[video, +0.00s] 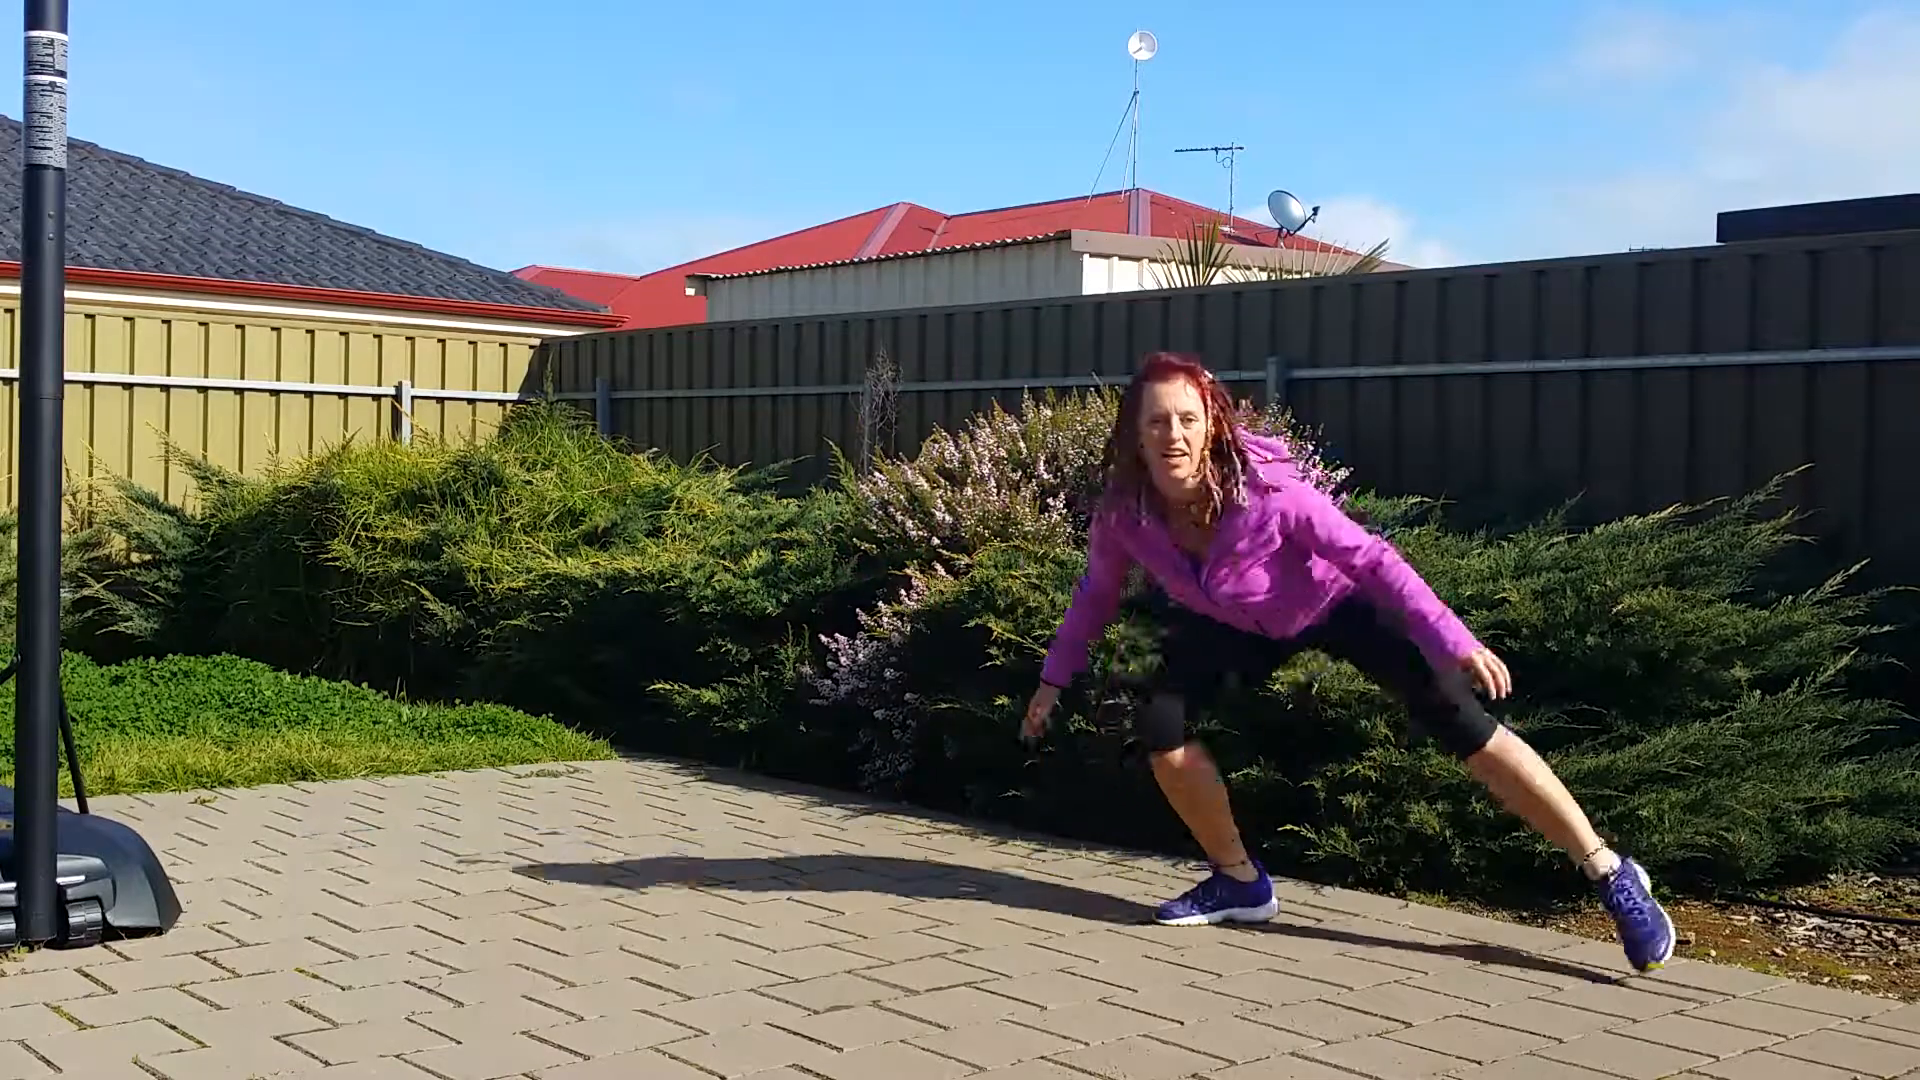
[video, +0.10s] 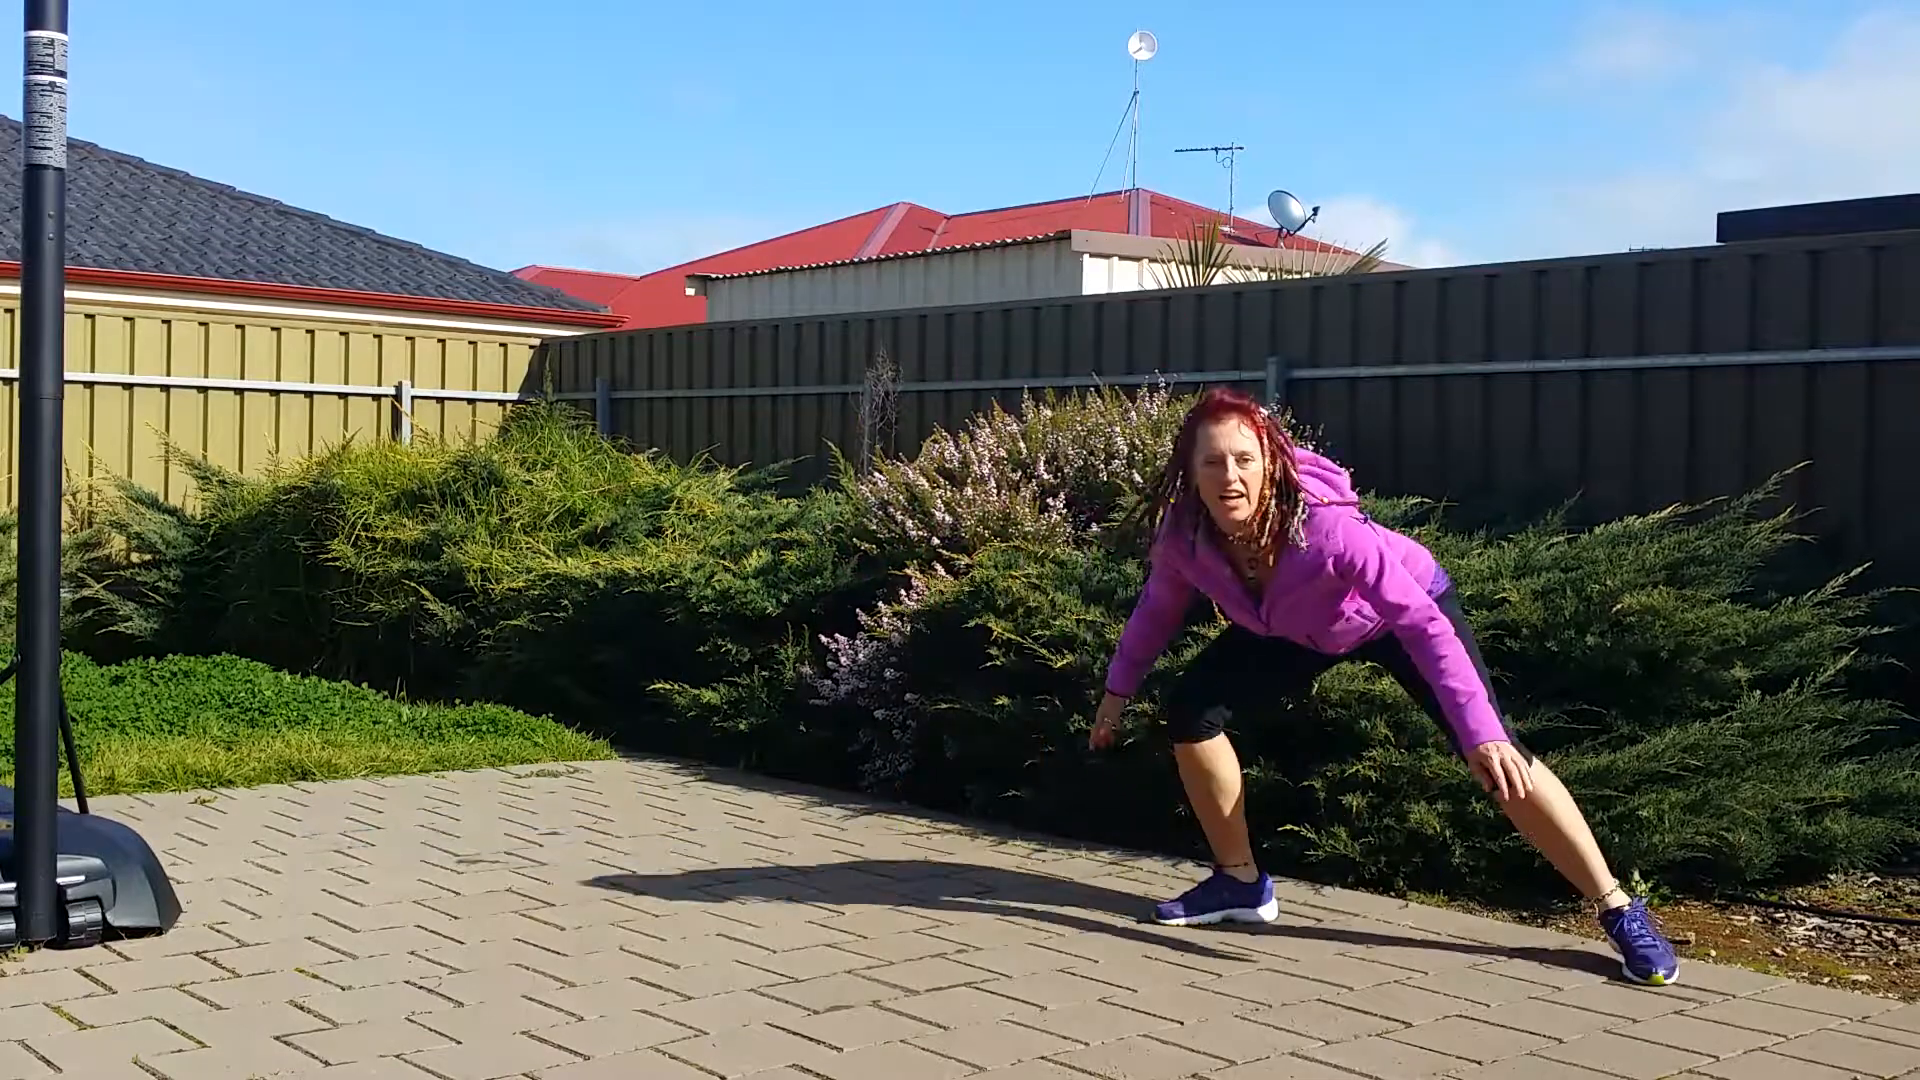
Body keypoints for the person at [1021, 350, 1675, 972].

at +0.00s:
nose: (1174, 434)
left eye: (1188, 419)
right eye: (1157, 422)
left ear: (1216, 427)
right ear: (1131, 436)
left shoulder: (1268, 487)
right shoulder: (1124, 515)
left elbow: (1372, 557)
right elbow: (1092, 601)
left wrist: (1457, 644)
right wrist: (1052, 680)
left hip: (1334, 600)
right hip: (1229, 620)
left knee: (1465, 727)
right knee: (1163, 730)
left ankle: (1609, 873)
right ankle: (1238, 881)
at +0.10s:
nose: (1229, 476)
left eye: (1243, 459)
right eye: (1211, 463)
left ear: (1270, 462)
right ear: (1187, 475)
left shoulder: (1327, 530)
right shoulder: (1184, 538)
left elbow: (1421, 616)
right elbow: (1155, 612)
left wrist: (1478, 728)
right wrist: (1116, 691)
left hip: (1393, 616)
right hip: (1294, 626)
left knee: (1496, 753)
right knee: (1192, 712)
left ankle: (1617, 908)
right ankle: (1239, 882)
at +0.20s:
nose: (1295, 513)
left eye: (1309, 495)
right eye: (1278, 499)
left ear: (1337, 496)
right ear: (1256, 509)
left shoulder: (1395, 567)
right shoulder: (1254, 559)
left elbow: (1461, 689)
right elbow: (1219, 618)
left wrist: (1502, 820)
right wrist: (1190, 680)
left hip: (1462, 610)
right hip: (1351, 627)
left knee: (1547, 761)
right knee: (1229, 716)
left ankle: (1630, 916)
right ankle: (1241, 882)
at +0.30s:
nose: (1360, 549)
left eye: (1374, 530)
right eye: (1342, 534)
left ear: (1401, 527)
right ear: (1320, 539)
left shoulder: (1460, 595)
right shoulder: (1309, 570)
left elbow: (1494, 736)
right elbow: (1274, 612)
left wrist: (1517, 879)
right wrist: (1258, 656)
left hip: (1513, 606)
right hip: (1391, 622)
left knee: (1588, 746)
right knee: (1272, 708)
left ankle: (1634, 920)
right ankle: (1243, 880)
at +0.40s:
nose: (1415, 579)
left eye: (1431, 561)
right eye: (1398, 563)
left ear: (1456, 554)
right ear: (1373, 561)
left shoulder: (1508, 601)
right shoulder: (1356, 569)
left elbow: (1528, 754)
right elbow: (1326, 594)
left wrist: (1529, 902)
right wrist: (1309, 630)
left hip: (1541, 600)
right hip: (1417, 620)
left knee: (1618, 748)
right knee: (1315, 722)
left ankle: (1640, 922)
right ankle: (1244, 880)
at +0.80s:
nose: (1393, 573)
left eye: (1411, 558)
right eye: (1381, 556)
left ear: (1449, 550)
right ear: (1366, 544)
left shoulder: (1518, 594)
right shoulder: (1373, 552)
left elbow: (1557, 736)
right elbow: (1354, 578)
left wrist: (1572, 877)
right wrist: (1330, 621)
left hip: (1571, 604)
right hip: (1445, 615)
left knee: (1632, 749)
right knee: (1333, 710)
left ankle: (1641, 922)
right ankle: (1255, 876)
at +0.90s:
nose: (1321, 532)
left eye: (1338, 518)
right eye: (1317, 516)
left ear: (1381, 514)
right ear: (1312, 512)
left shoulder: (1465, 556)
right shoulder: (1331, 545)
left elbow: (1532, 684)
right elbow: (1315, 589)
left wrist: (1555, 803)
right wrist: (1290, 635)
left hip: (1529, 597)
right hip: (1415, 610)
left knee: (1600, 752)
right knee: (1290, 710)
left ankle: (1637, 920)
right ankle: (1251, 879)